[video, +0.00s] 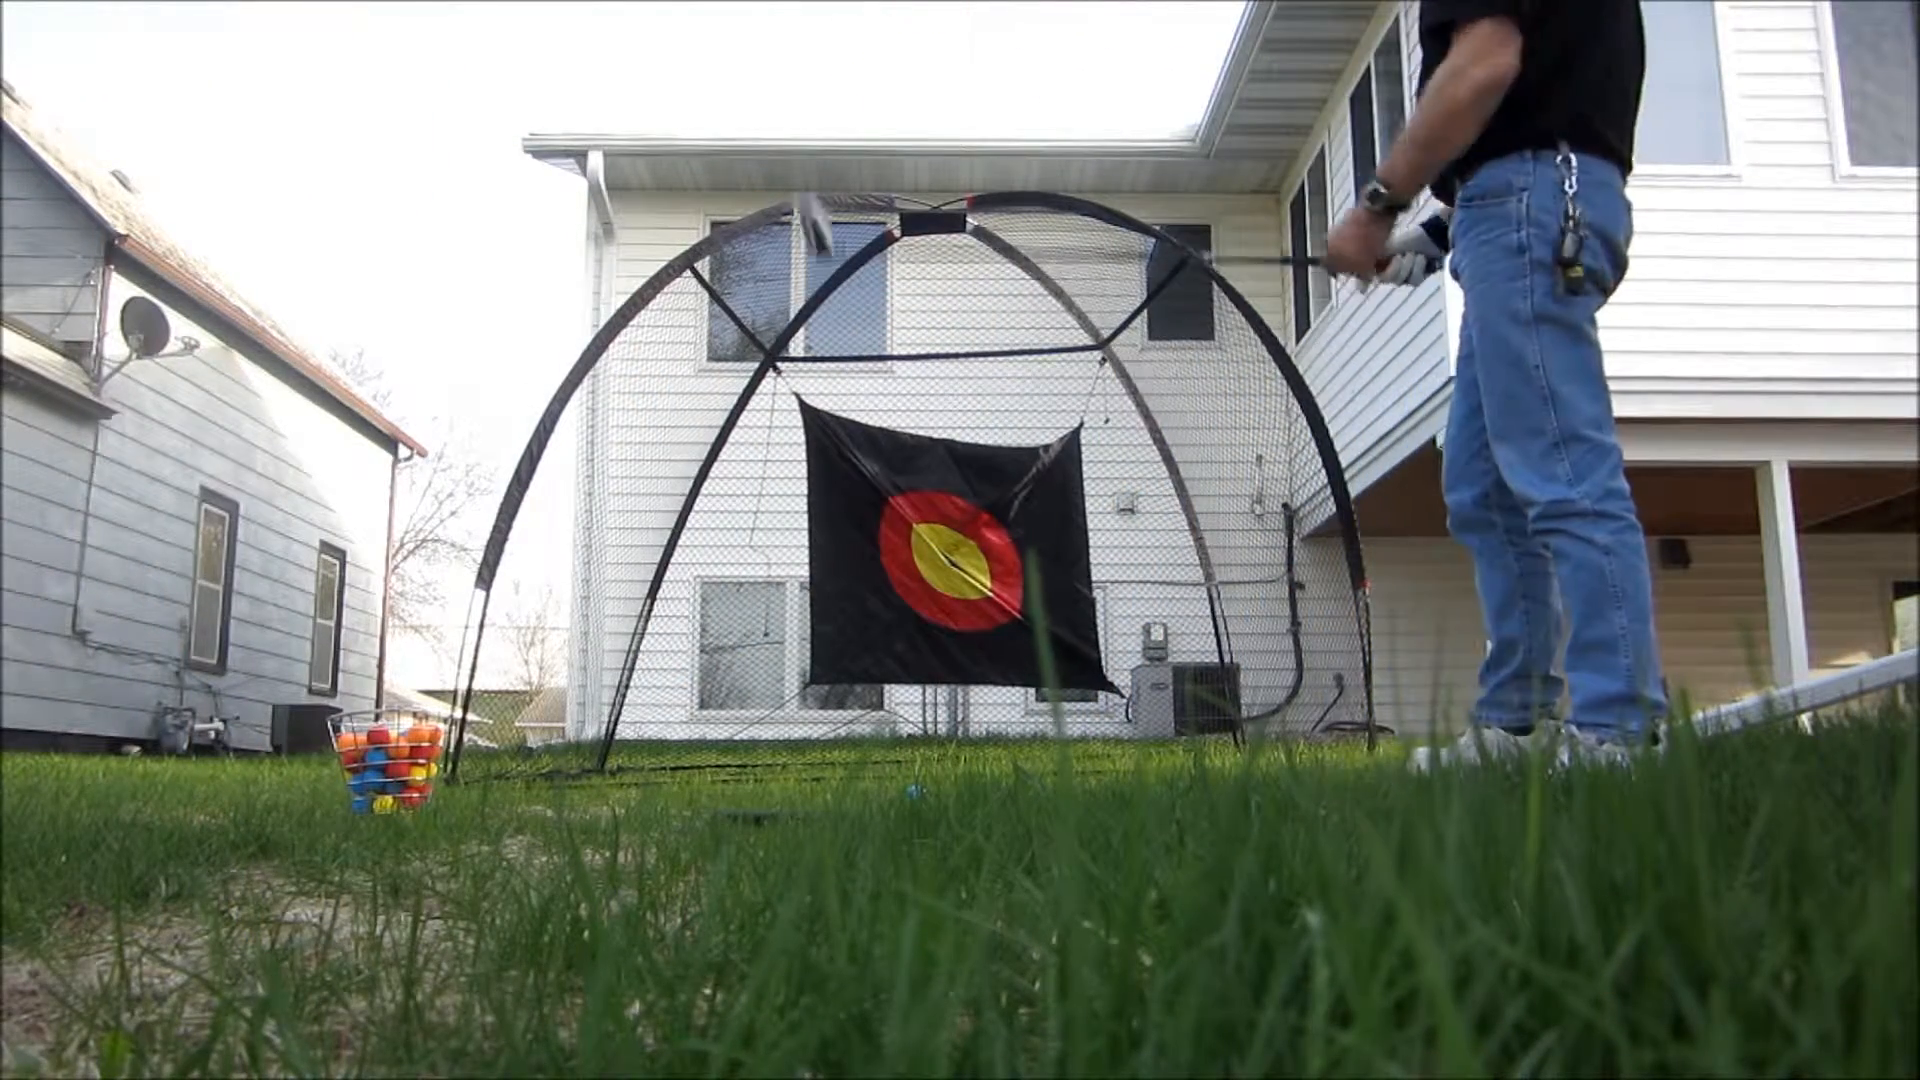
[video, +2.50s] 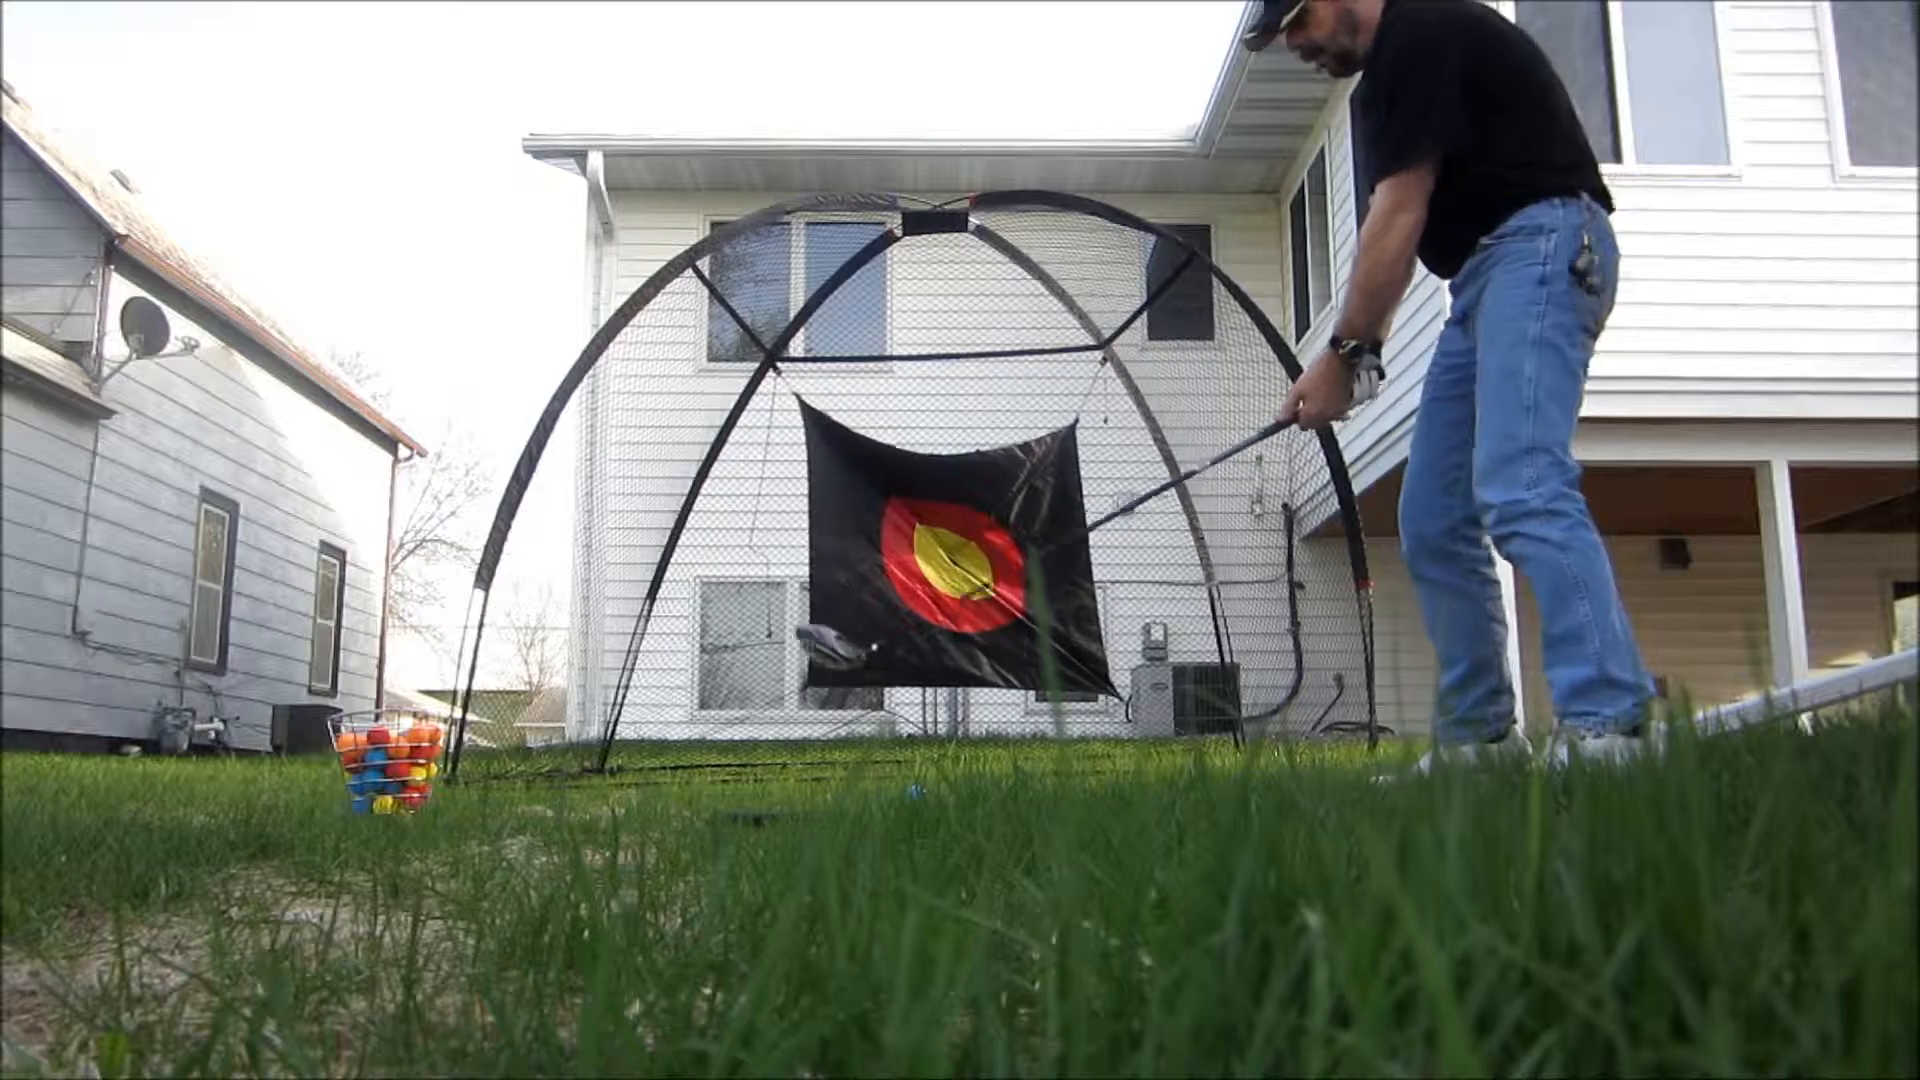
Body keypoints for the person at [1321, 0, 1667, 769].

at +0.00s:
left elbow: (1485, 60)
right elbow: (1543, 103)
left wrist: (1374, 202)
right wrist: (1438, 230)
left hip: (1533, 192)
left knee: (1566, 477)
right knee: (1486, 489)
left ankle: (1618, 731)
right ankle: (1521, 726)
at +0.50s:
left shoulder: (1487, 1)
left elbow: (1455, 108)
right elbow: (1467, 200)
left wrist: (1333, 189)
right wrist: (1356, 231)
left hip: (1523, 220)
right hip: (1472, 243)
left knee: (1533, 481)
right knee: (1464, 511)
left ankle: (1605, 725)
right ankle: (1518, 735)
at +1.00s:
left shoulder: (1469, 1)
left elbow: (1418, 122)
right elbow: (1451, 187)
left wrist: (1307, 229)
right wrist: (1335, 262)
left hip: (1514, 221)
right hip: (1472, 242)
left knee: (1531, 493)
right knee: (1459, 513)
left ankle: (1601, 734)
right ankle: (1508, 741)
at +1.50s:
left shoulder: (1468, 4)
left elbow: (1424, 125)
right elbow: (1465, 167)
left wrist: (1327, 257)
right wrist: (1366, 270)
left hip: (1530, 214)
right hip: (1489, 230)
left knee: (1555, 494)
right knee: (1449, 503)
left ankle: (1605, 733)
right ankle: (1487, 728)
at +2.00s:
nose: (1305, 20)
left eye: (1307, 3)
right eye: (1297, 14)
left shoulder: (1434, 20)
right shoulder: (1382, 83)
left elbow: (1423, 197)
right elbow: (1408, 214)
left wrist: (1356, 331)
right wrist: (1352, 330)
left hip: (1529, 242)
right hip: (1467, 279)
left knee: (1519, 486)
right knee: (1431, 521)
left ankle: (1607, 721)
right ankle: (1481, 739)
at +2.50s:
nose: (1297, 47)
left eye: (1295, 23)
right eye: (1284, 38)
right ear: (1334, 17)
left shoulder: (1419, 32)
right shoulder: (1379, 84)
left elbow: (1401, 213)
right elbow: (1386, 224)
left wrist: (1348, 355)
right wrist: (1340, 359)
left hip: (1539, 240)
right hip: (1478, 281)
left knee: (1522, 486)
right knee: (1434, 521)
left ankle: (1611, 720)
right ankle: (1477, 741)